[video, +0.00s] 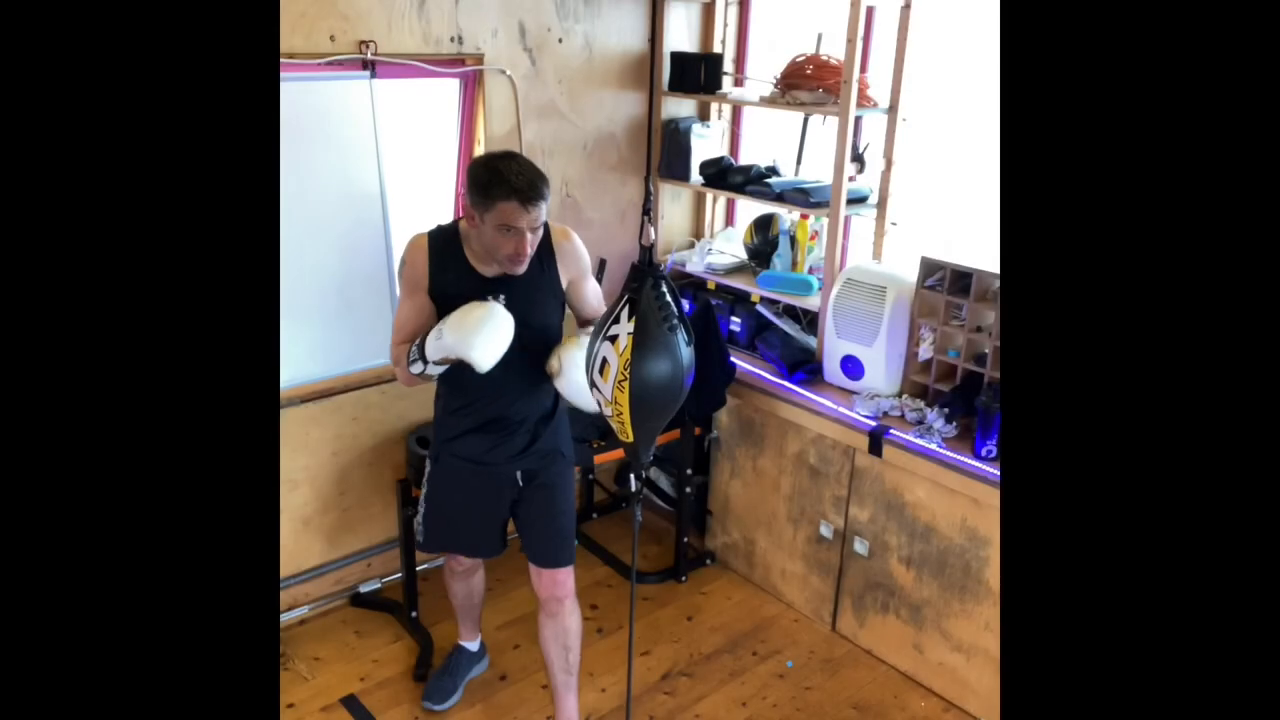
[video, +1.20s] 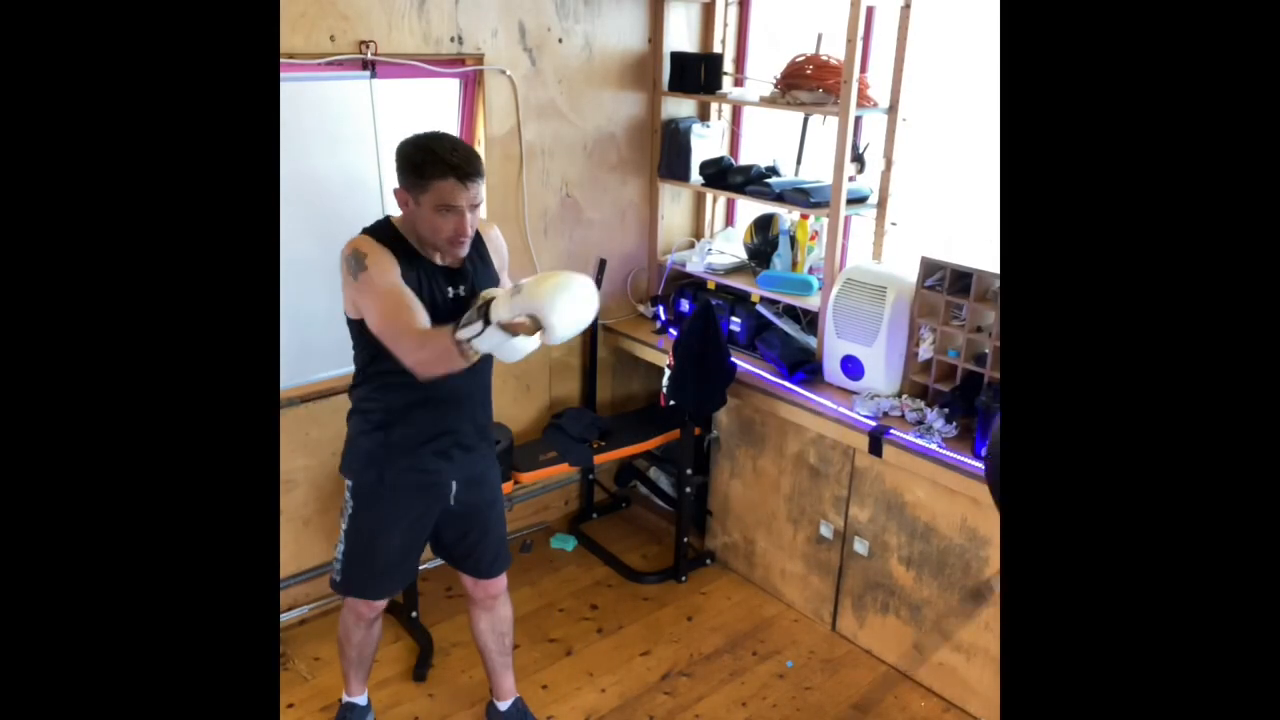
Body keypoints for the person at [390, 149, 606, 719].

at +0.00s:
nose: (525, 246)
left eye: (534, 230)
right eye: (509, 231)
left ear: (544, 216)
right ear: (469, 218)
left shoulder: (561, 248)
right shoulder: (428, 255)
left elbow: (605, 328)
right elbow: (403, 359)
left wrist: (587, 355)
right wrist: (436, 348)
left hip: (544, 442)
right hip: (464, 447)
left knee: (557, 587)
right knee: (459, 561)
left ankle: (568, 713)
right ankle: (469, 648)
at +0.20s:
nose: (552, 238)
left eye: (562, 219)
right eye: (534, 221)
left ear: (572, 213)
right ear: (494, 218)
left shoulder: (576, 263)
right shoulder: (455, 268)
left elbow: (586, 348)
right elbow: (451, 385)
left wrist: (598, 403)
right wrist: (502, 350)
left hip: (550, 460)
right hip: (475, 468)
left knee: (558, 611)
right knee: (469, 585)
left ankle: (562, 716)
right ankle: (473, 651)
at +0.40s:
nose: (544, 225)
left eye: (551, 206)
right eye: (525, 209)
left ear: (560, 201)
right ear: (480, 208)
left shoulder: (563, 254)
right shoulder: (445, 277)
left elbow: (574, 332)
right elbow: (453, 409)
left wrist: (598, 372)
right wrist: (537, 392)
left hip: (537, 463)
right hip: (455, 470)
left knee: (550, 614)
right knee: (430, 594)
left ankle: (558, 718)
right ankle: (420, 657)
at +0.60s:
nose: (505, 194)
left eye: (504, 178)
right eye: (491, 179)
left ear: (447, 188)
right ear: (440, 188)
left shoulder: (505, 257)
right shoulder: (369, 282)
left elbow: (532, 336)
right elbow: (341, 393)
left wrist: (545, 387)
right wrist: (416, 436)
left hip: (504, 469)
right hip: (416, 479)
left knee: (533, 625)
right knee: (383, 619)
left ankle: (552, 718)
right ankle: (353, 708)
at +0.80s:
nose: (445, 216)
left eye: (449, 197)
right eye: (427, 200)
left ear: (454, 194)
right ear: (378, 201)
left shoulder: (467, 258)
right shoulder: (323, 276)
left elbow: (497, 344)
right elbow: (320, 405)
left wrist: (496, 357)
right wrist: (380, 370)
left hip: (468, 472)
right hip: (380, 485)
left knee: (514, 615)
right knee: (368, 620)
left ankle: (534, 717)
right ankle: (357, 707)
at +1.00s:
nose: (439, 223)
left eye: (447, 205)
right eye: (422, 209)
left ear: (455, 197)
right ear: (378, 204)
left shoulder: (470, 250)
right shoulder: (337, 262)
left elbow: (488, 333)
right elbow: (346, 388)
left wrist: (492, 330)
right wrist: (390, 336)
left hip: (463, 462)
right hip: (380, 476)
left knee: (497, 603)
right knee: (361, 610)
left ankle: (508, 706)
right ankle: (357, 706)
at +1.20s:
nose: (467, 226)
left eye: (474, 209)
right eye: (448, 211)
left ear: (482, 198)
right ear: (405, 204)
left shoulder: (489, 241)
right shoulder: (368, 257)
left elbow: (517, 310)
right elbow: (423, 356)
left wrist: (539, 315)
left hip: (469, 451)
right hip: (390, 461)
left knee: (490, 586)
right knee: (365, 602)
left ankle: (507, 703)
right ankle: (355, 703)